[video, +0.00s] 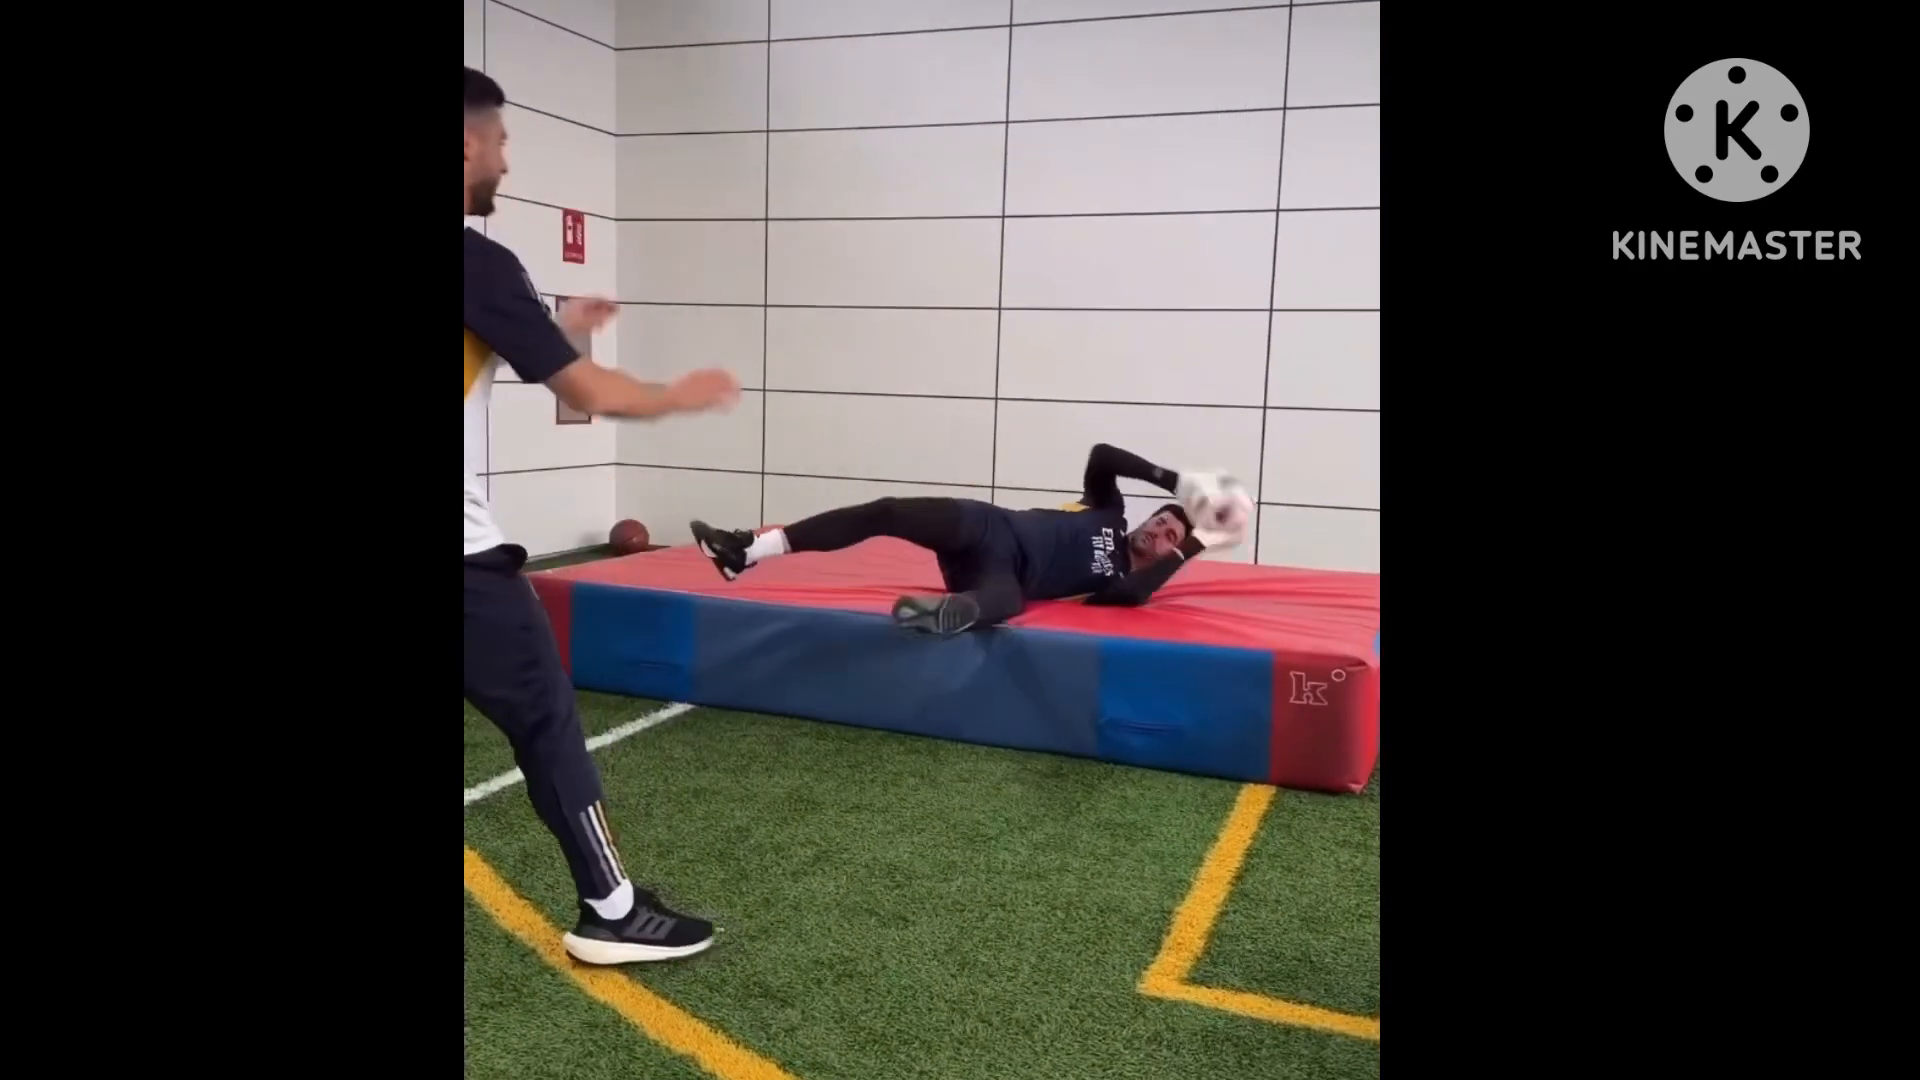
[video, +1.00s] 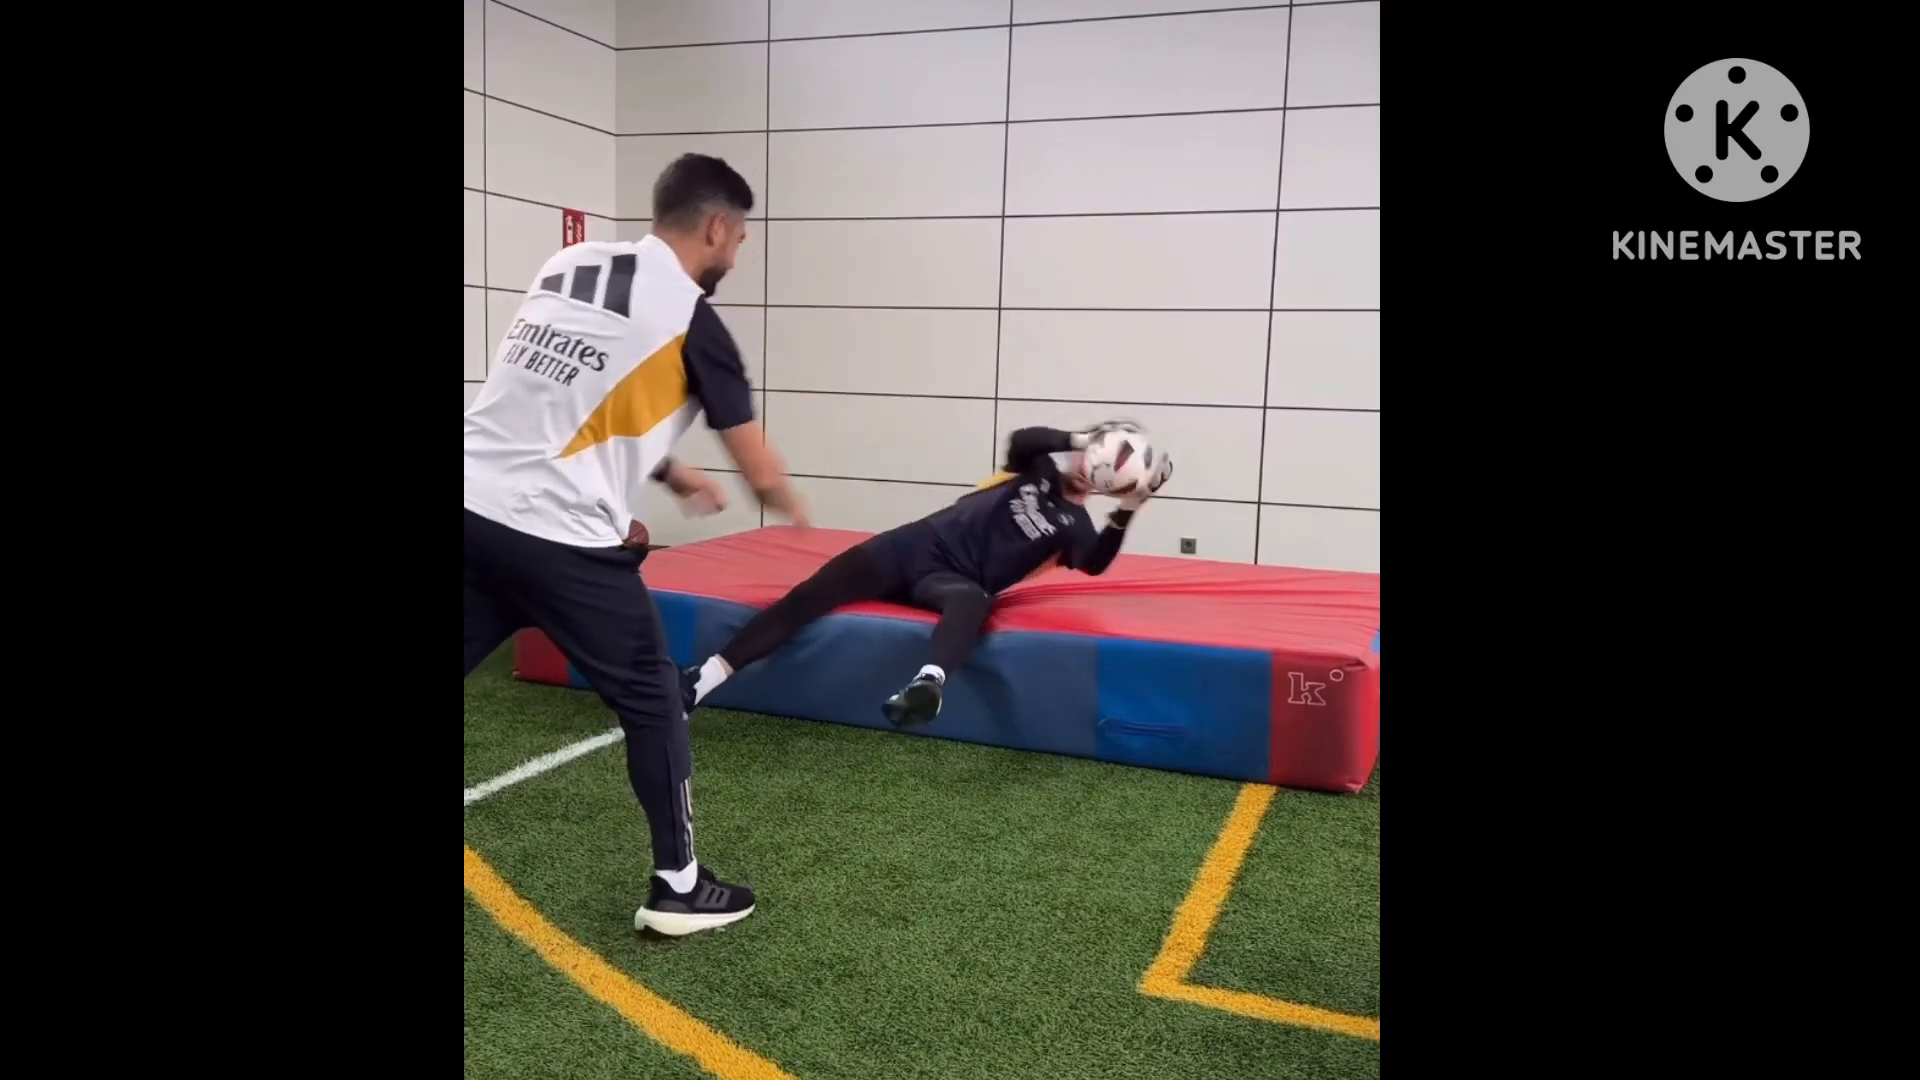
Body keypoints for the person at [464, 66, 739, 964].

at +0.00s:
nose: (505, 157)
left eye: (503, 138)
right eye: (496, 138)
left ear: (467, 145)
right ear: (464, 144)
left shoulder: (479, 258)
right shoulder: (481, 262)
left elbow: (486, 356)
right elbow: (588, 388)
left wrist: (557, 332)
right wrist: (674, 397)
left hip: (476, 541)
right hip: (472, 544)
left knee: (541, 706)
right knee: (542, 709)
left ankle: (608, 903)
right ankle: (610, 905)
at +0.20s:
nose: (497, 147)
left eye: (493, 129)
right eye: (487, 129)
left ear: (465, 143)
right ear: (460, 142)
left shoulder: (470, 246)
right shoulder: (480, 255)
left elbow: (496, 335)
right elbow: (612, 360)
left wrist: (560, 286)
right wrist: (693, 326)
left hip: (477, 535)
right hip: (473, 540)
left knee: (547, 707)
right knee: (551, 712)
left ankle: (607, 901)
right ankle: (610, 904)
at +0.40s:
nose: (559, 162)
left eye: (556, 143)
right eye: (552, 144)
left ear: (487, 147)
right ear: (515, 148)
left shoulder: (476, 227)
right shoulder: (505, 256)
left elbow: (579, 252)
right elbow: (648, 377)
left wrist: (694, 230)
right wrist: (744, 290)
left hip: (480, 526)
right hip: (483, 530)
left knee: (579, 693)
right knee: (581, 696)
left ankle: (657, 876)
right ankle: (659, 881)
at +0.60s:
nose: (685, 208)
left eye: (686, 193)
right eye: (683, 193)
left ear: (610, 184)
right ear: (654, 189)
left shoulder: (539, 237)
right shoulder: (629, 291)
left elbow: (667, 308)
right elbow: (751, 406)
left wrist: (766, 274)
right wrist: (823, 313)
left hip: (472, 513)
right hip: (545, 537)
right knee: (638, 699)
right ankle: (675, 886)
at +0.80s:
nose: (753, 251)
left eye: (757, 238)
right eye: (757, 236)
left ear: (680, 212)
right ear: (735, 228)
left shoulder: (594, 254)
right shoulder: (702, 302)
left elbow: (667, 356)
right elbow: (819, 349)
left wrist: (768, 364)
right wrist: (912, 359)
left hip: (474, 494)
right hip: (564, 526)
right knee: (646, 699)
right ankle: (677, 883)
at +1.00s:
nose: (735, 259)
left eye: (740, 242)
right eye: (739, 240)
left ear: (662, 217)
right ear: (715, 228)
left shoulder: (567, 264)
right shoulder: (691, 314)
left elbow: (574, 393)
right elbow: (760, 467)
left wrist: (670, 469)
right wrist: (783, 498)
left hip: (473, 507)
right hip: (565, 534)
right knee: (652, 697)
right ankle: (678, 881)